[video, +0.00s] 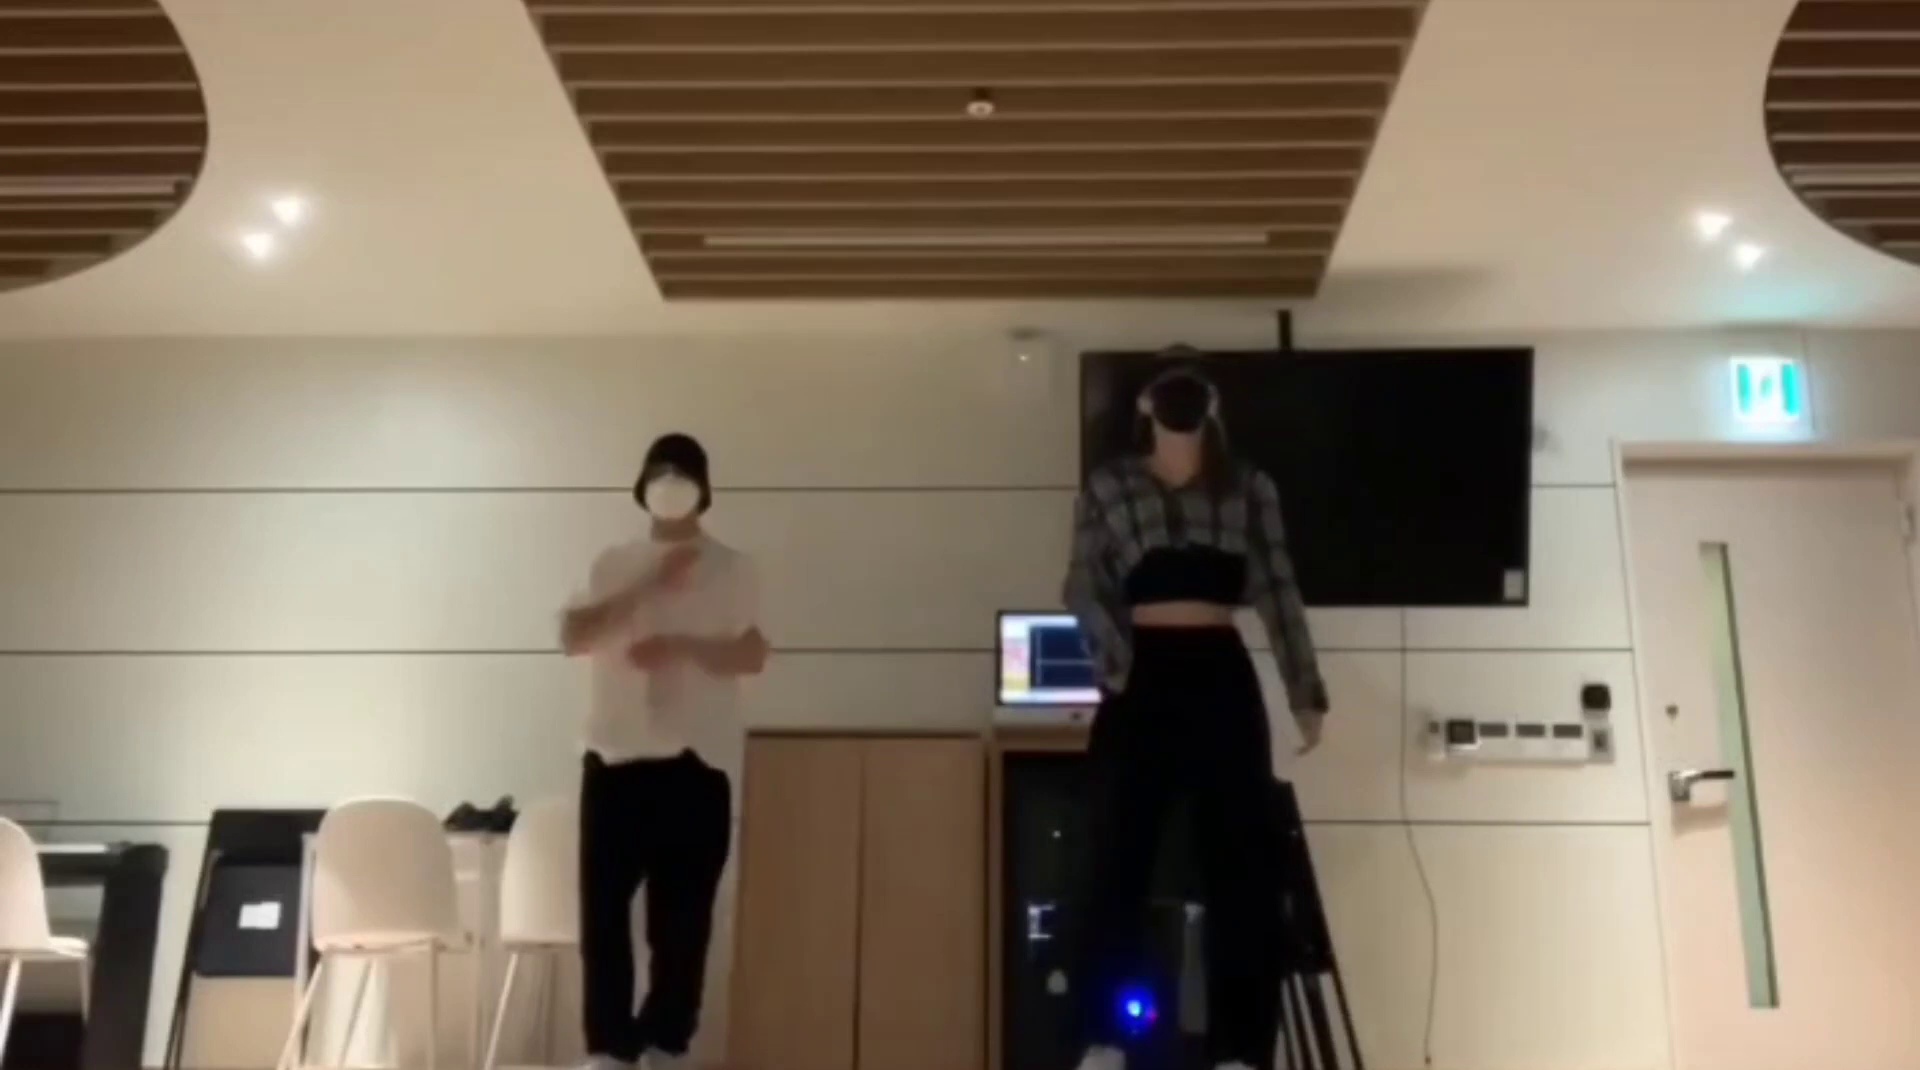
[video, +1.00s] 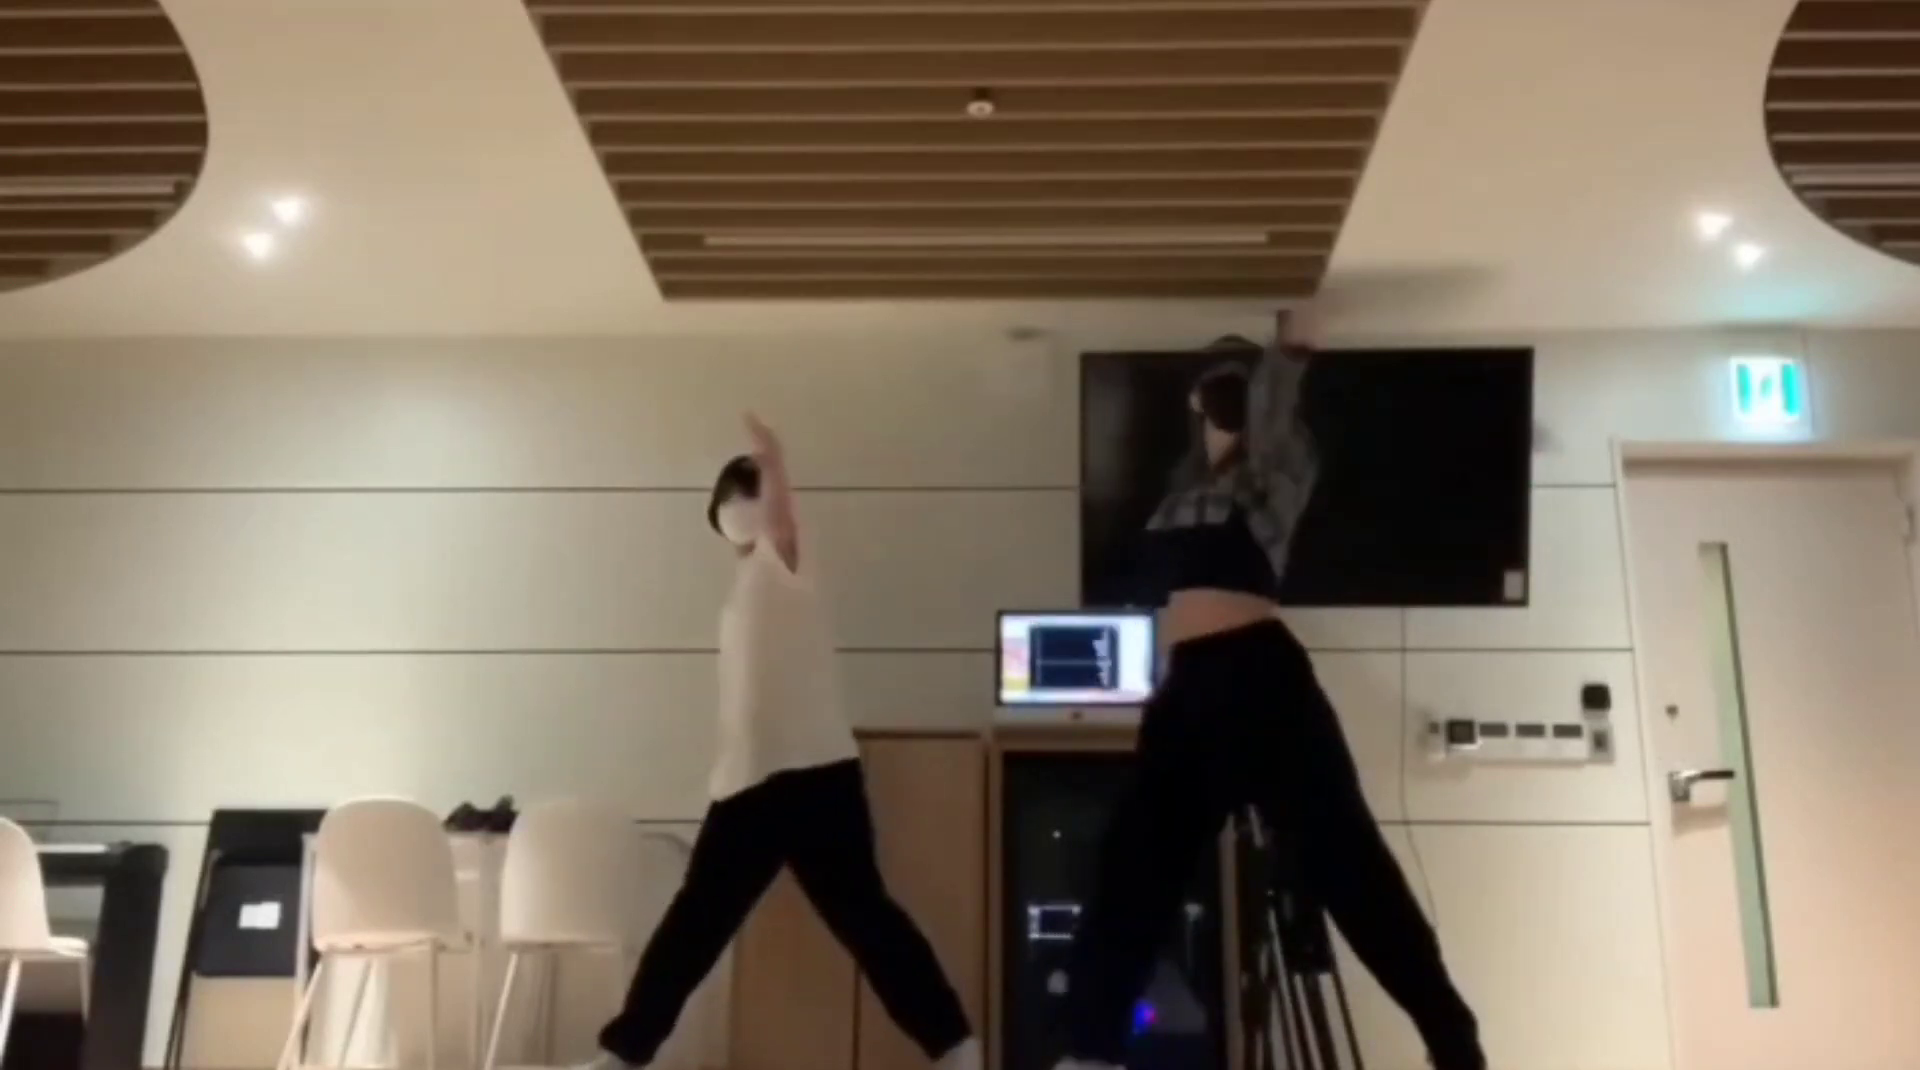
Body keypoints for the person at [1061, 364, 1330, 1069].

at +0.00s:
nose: (1180, 401)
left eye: (1188, 390)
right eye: (1170, 389)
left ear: (1202, 406)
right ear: (1150, 406)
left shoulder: (1250, 489)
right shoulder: (1109, 486)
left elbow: (1279, 591)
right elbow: (1082, 584)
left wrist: (1305, 687)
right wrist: (1119, 663)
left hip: (1223, 682)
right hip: (1143, 682)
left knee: (1240, 860)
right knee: (1120, 855)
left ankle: (1241, 1044)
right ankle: (1103, 1036)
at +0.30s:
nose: (1169, 410)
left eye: (1181, 397)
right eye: (1153, 399)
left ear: (1201, 413)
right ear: (1129, 417)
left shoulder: (1228, 494)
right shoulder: (1096, 493)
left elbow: (1244, 586)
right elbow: (1056, 585)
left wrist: (1237, 634)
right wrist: (1085, 678)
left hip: (1202, 689)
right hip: (1123, 688)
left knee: (1194, 829)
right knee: (1108, 839)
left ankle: (1186, 971)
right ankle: (1100, 993)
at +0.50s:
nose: (1177, 418)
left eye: (1188, 407)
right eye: (1163, 407)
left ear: (1207, 423)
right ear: (1137, 424)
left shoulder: (1229, 497)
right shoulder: (1100, 506)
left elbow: (1260, 561)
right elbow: (1068, 596)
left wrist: (1309, 573)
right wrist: (1092, 652)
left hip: (1222, 698)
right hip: (1134, 700)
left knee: (1291, 852)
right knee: (1083, 858)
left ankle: (1405, 1032)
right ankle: (1090, 1035)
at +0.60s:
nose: (1175, 423)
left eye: (1188, 411)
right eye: (1162, 412)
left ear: (1210, 429)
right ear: (1140, 428)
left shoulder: (1244, 489)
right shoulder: (1121, 507)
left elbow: (1346, 527)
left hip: (1253, 695)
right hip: (1167, 712)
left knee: (1348, 861)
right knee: (1105, 864)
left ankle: (1446, 1056)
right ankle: (1086, 1041)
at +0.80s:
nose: (1200, 413)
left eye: (1210, 401)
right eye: (1193, 401)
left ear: (1225, 418)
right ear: (1174, 418)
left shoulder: (1251, 476)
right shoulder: (1149, 498)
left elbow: (1338, 467)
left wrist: (1455, 451)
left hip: (1260, 683)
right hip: (1183, 702)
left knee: (1358, 860)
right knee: (1121, 865)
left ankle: (1447, 1050)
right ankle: (1083, 1041)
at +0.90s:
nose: (1218, 403)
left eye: (1233, 391)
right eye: (1207, 393)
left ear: (1252, 412)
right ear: (1189, 413)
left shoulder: (1264, 474)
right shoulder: (1174, 494)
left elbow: (1298, 417)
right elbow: (1175, 607)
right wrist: (1157, 675)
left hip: (1263, 674)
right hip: (1185, 687)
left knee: (1347, 856)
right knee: (1134, 861)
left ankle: (1449, 1040)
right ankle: (1084, 1036)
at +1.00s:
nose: (1213, 417)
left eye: (1228, 400)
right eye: (1207, 403)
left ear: (1253, 407)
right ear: (1199, 412)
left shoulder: (1276, 476)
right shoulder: (1185, 490)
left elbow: (1269, 418)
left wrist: (1290, 355)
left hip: (1264, 674)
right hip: (1185, 686)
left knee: (1343, 856)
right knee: (1136, 867)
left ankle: (1451, 1039)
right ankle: (1092, 1044)